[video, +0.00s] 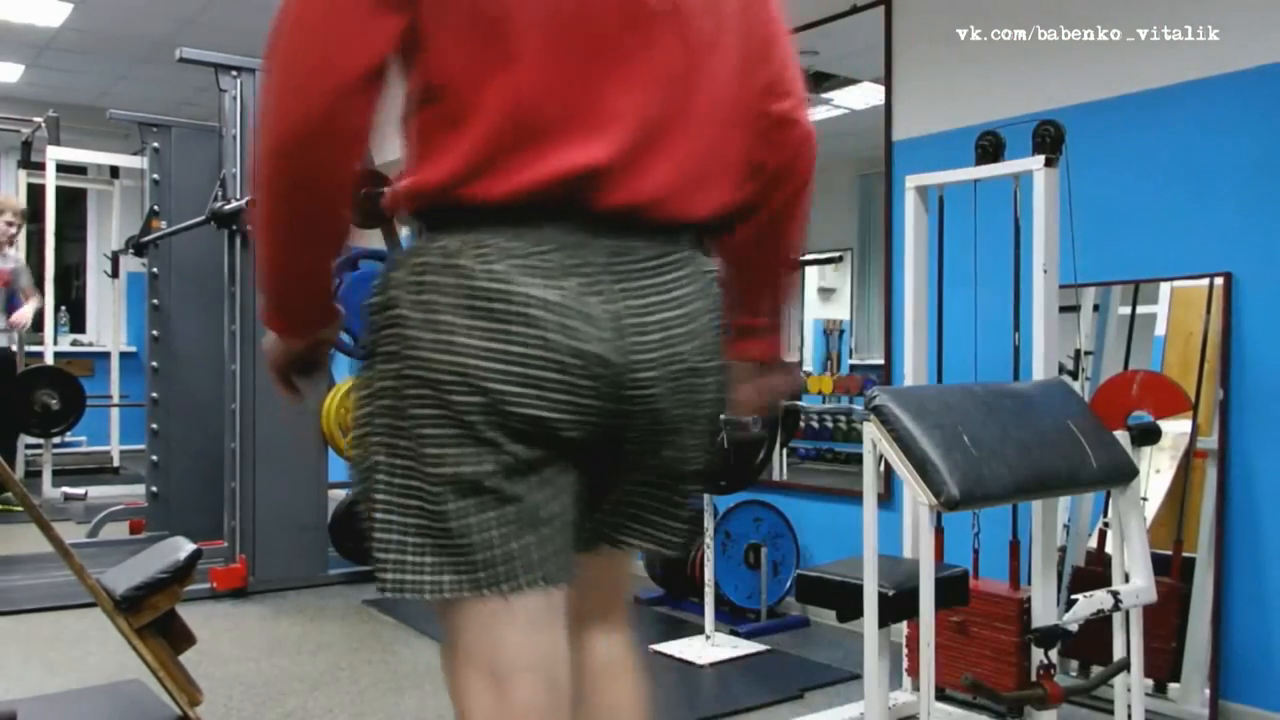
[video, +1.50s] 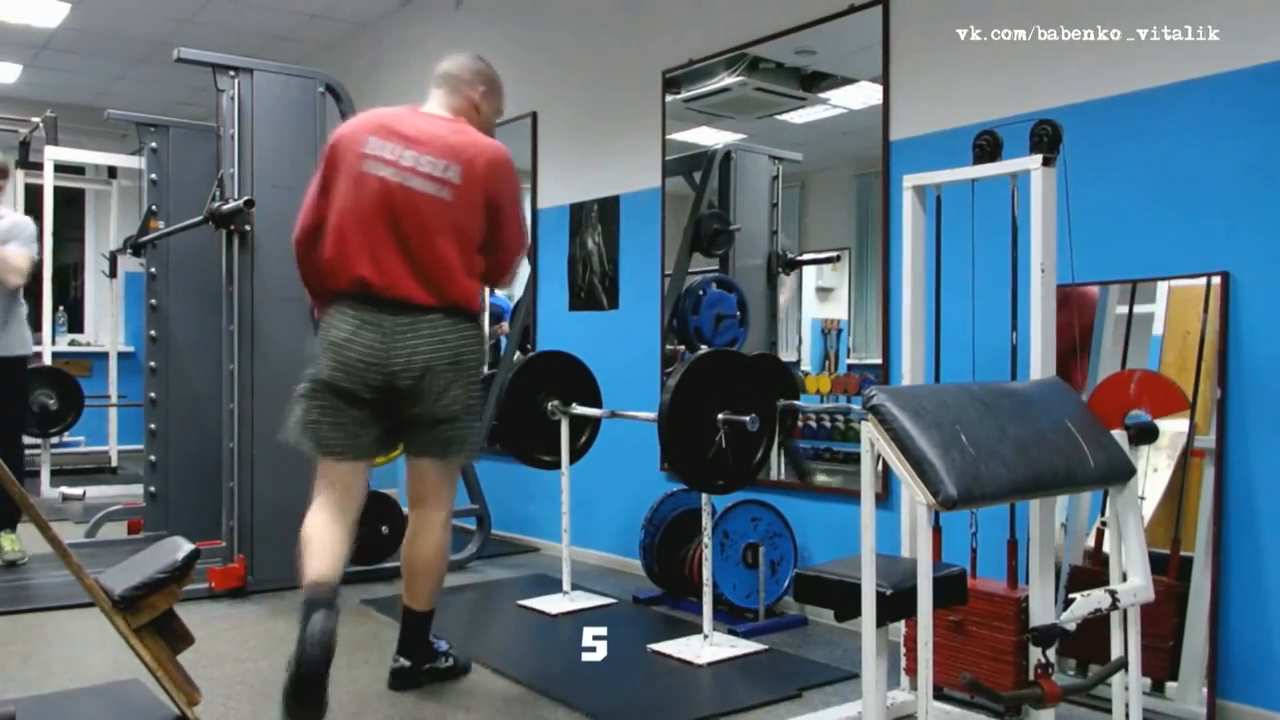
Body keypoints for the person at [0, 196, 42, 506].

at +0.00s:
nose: (12, 230)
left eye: (16, 225)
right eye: (7, 223)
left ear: (20, 229)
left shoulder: (15, 263)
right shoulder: (9, 264)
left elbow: (34, 296)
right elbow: (33, 296)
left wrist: (28, 309)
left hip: (7, 348)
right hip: (4, 349)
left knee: (10, 416)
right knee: (8, 416)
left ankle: (7, 486)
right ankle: (6, 486)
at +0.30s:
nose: (19, 232)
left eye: (24, 227)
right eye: (13, 226)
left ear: (29, 229)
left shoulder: (40, 261)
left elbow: (73, 301)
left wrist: (38, 307)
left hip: (21, 355)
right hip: (1, 353)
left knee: (14, 424)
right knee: (7, 423)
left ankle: (6, 492)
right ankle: (4, 492)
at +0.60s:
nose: (10, 230)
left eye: (15, 224)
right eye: (4, 224)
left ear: (23, 225)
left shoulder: (39, 257)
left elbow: (67, 302)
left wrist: (27, 313)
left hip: (30, 360)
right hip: (1, 359)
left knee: (38, 428)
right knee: (2, 432)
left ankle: (28, 484)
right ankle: (8, 504)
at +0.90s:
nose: (15, 217)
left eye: (20, 211)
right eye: (9, 210)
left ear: (26, 213)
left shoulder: (39, 247)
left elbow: (67, 300)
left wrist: (34, 279)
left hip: (24, 347)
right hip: (4, 349)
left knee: (26, 421)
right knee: (7, 429)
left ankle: (22, 509)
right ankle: (7, 508)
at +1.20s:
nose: (22, 207)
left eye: (26, 201)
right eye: (16, 200)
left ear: (31, 203)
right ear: (1, 201)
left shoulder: (36, 236)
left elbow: (50, 290)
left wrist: (20, 245)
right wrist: (17, 245)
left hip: (20, 344)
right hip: (5, 346)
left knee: (15, 431)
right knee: (11, 433)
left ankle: (10, 527)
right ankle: (8, 527)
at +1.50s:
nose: (0, 185)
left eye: (2, 179)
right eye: (2, 178)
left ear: (5, 182)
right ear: (6, 182)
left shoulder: (19, 225)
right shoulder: (17, 226)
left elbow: (15, 275)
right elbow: (16, 275)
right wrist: (8, 252)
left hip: (10, 348)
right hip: (8, 349)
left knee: (8, 440)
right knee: (7, 440)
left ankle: (8, 528)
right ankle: (6, 529)